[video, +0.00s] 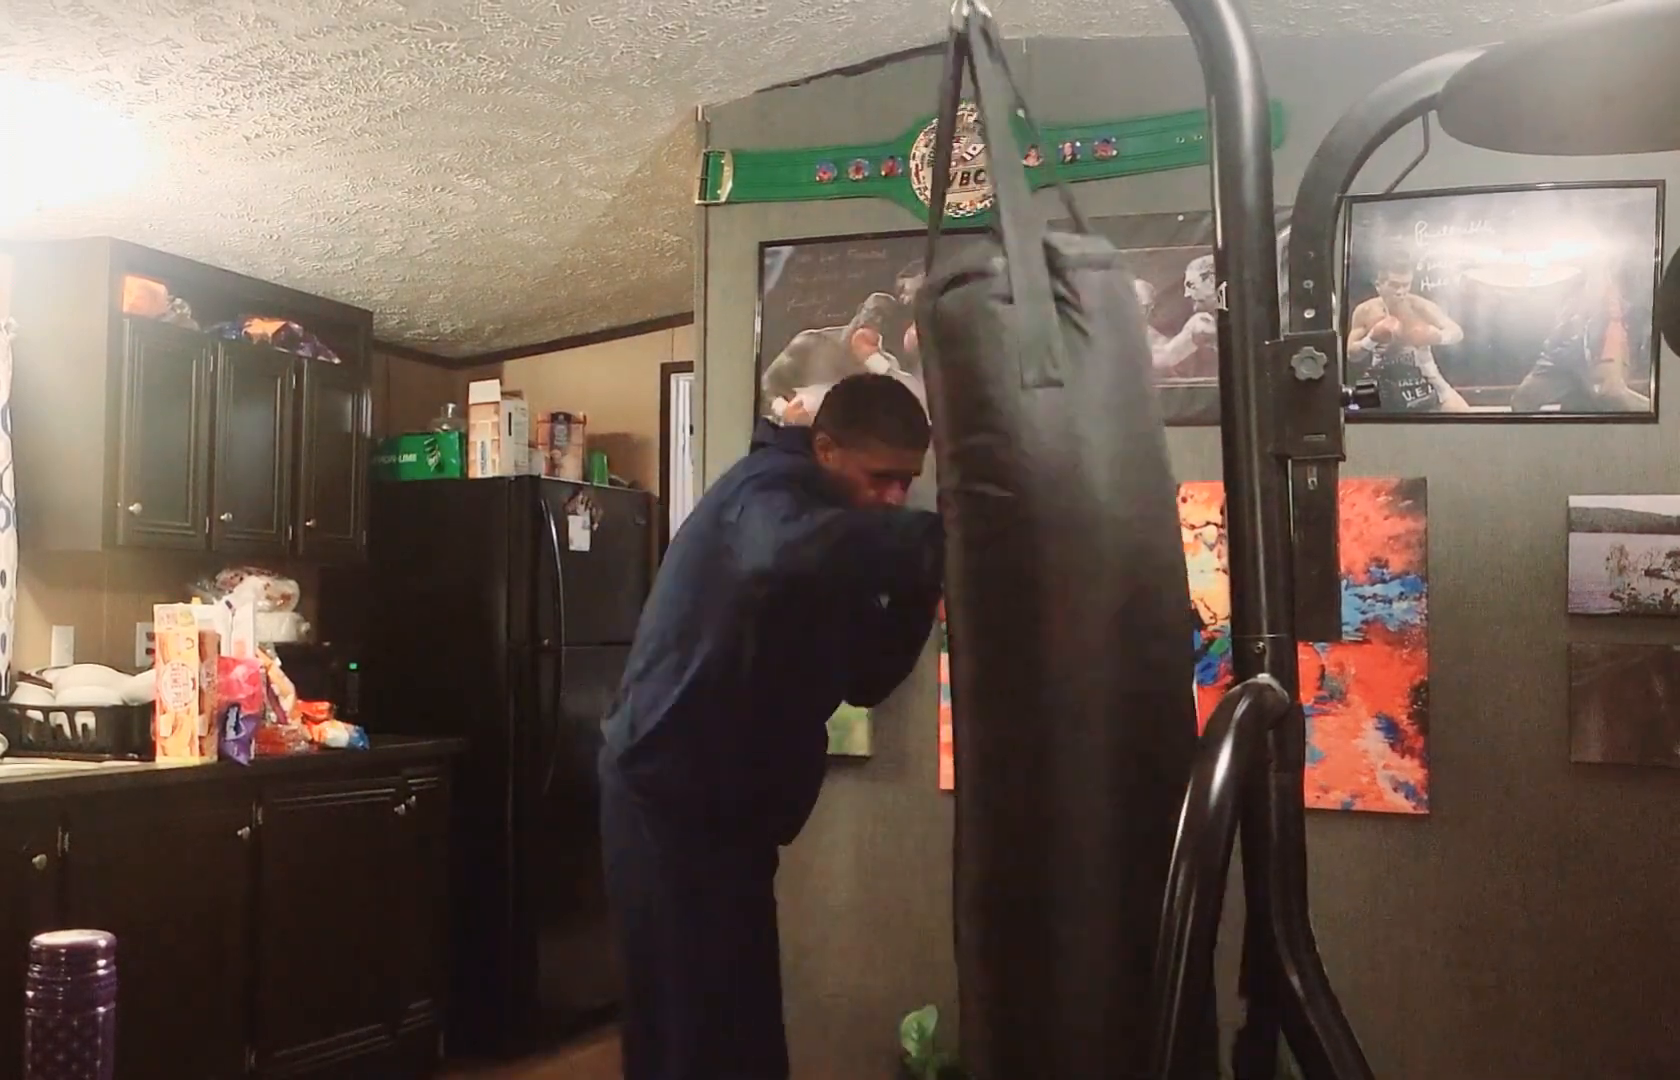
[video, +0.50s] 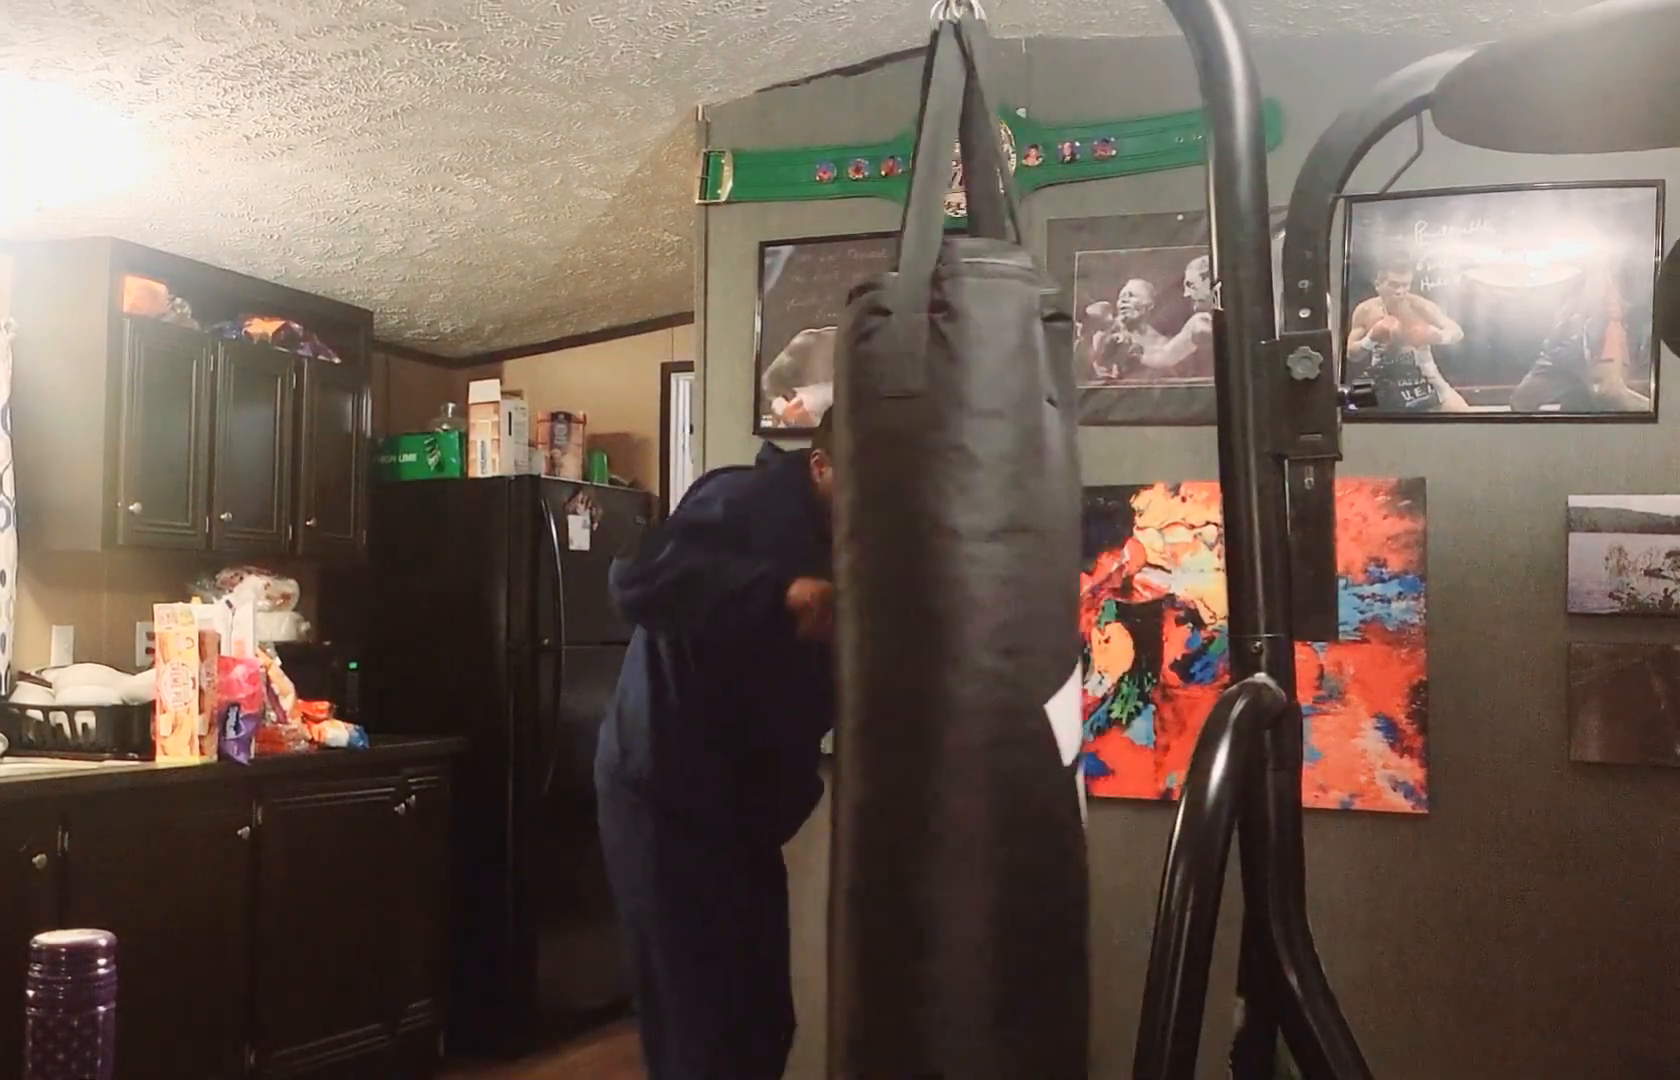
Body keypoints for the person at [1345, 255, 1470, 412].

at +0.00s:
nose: (1401, 292)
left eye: (1405, 286)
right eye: (1394, 285)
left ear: (1411, 284)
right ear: (1378, 285)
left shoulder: (1421, 306)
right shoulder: (1364, 312)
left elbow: (1457, 332)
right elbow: (1352, 355)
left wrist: (1435, 336)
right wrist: (1373, 339)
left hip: (1428, 382)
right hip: (1384, 386)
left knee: (1467, 419)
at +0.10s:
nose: (1400, 292)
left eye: (1405, 285)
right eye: (1394, 285)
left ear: (1410, 284)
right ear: (1378, 285)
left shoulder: (1419, 306)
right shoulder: (1364, 312)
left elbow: (1456, 332)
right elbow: (1351, 355)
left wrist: (1435, 336)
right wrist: (1372, 339)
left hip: (1426, 384)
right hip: (1383, 388)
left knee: (1469, 422)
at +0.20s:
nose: (1401, 292)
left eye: (1405, 286)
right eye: (1394, 285)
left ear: (1410, 284)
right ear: (1378, 285)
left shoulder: (1420, 306)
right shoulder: (1364, 312)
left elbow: (1456, 332)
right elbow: (1352, 355)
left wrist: (1434, 336)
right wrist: (1372, 339)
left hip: (1427, 383)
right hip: (1383, 387)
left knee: (1467, 420)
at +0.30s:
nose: (1400, 292)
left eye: (1405, 286)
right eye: (1394, 286)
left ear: (1410, 285)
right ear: (1378, 285)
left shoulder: (1420, 306)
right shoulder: (1364, 311)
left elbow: (1456, 332)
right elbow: (1351, 355)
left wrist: (1435, 336)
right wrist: (1372, 339)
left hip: (1427, 385)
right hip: (1383, 389)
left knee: (1468, 420)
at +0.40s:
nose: (1400, 292)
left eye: (1405, 286)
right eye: (1393, 286)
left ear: (1410, 284)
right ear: (1377, 284)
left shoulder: (1420, 307)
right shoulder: (1364, 312)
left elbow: (1456, 332)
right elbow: (1351, 355)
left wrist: (1435, 336)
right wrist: (1371, 339)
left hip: (1426, 383)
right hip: (1383, 387)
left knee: (1466, 419)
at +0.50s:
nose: (1400, 291)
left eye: (1405, 285)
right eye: (1394, 285)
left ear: (1410, 284)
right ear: (1378, 284)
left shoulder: (1420, 306)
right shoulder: (1365, 311)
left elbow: (1457, 332)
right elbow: (1351, 354)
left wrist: (1435, 336)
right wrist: (1372, 338)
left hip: (1427, 381)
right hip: (1384, 384)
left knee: (1466, 417)